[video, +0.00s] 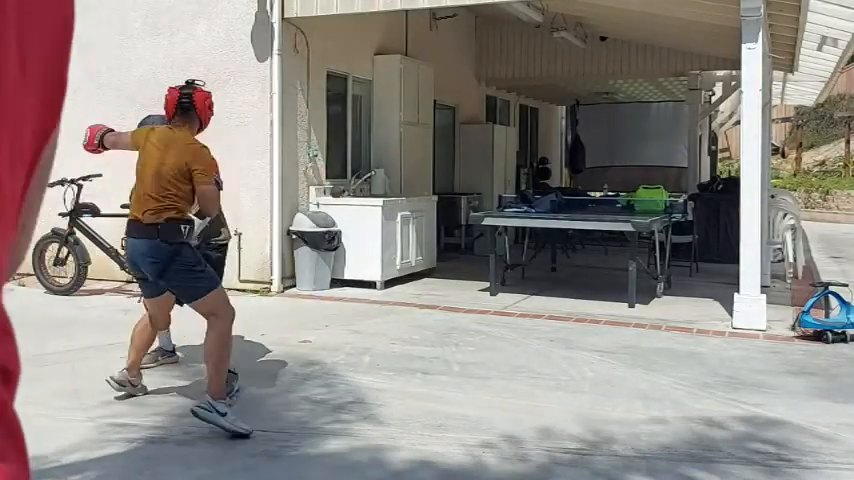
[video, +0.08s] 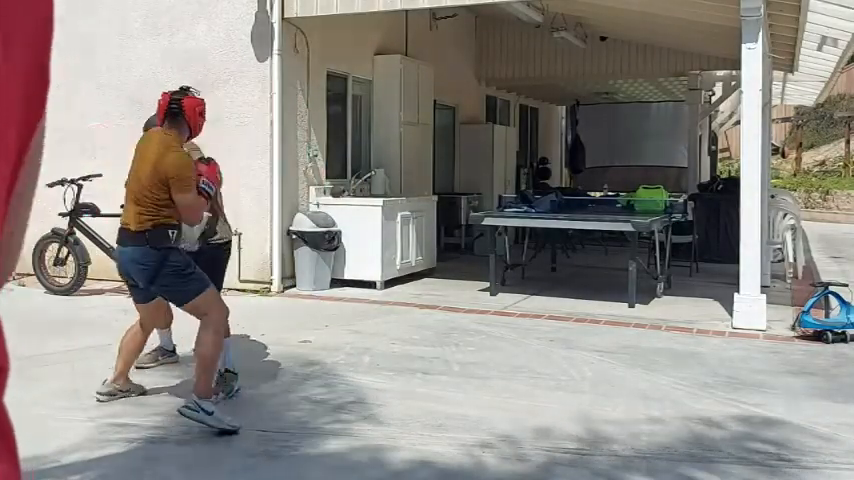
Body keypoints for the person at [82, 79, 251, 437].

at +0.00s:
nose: (209, 118)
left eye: (206, 112)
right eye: (207, 113)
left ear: (170, 112)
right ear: (202, 116)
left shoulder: (149, 137)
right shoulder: (198, 152)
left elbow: (112, 140)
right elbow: (208, 208)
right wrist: (211, 189)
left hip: (136, 243)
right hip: (167, 245)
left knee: (156, 317)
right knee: (221, 314)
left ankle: (130, 374)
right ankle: (217, 398)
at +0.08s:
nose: (200, 126)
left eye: (200, 119)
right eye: (199, 120)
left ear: (165, 116)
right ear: (191, 121)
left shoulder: (147, 138)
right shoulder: (177, 157)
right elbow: (192, 216)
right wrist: (206, 188)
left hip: (127, 247)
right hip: (154, 251)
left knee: (149, 320)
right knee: (216, 313)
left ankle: (117, 380)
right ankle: (203, 399)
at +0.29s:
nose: (179, 132)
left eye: (179, 125)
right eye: (178, 125)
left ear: (144, 121)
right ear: (168, 126)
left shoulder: (120, 145)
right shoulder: (155, 171)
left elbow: (97, 164)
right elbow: (166, 232)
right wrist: (180, 199)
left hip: (115, 257)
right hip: (138, 262)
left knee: (150, 317)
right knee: (173, 339)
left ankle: (115, 383)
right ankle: (110, 403)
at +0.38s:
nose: (178, 126)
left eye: (177, 119)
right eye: (175, 119)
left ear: (140, 121)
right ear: (164, 123)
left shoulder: (114, 148)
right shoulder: (153, 171)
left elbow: (85, 177)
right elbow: (162, 228)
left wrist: (119, 168)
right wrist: (174, 200)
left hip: (112, 258)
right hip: (136, 262)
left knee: (160, 310)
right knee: (159, 346)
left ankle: (120, 381)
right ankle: (94, 412)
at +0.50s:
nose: (170, 109)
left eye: (168, 102)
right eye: (168, 102)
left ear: (130, 102)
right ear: (161, 104)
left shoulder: (104, 134)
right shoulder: (155, 145)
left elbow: (74, 174)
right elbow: (168, 203)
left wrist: (110, 180)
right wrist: (187, 183)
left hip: (98, 244)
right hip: (128, 247)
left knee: (115, 320)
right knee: (139, 337)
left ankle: (109, 390)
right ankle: (86, 419)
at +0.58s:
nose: (164, 95)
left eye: (163, 88)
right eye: (163, 88)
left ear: (124, 85)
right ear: (155, 88)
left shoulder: (98, 118)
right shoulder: (150, 125)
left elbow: (71, 164)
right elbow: (165, 186)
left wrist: (114, 164)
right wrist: (171, 155)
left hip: (86, 229)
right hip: (119, 234)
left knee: (106, 313)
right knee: (132, 324)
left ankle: (69, 390)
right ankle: (93, 413)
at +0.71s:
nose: (163, 90)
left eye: (162, 82)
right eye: (161, 82)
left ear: (122, 79)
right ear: (151, 79)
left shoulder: (95, 114)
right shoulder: (141, 118)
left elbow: (70, 164)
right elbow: (151, 187)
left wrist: (116, 157)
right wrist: (171, 157)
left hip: (81, 227)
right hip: (115, 229)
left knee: (83, 320)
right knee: (144, 323)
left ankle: (24, 398)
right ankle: (113, 421)